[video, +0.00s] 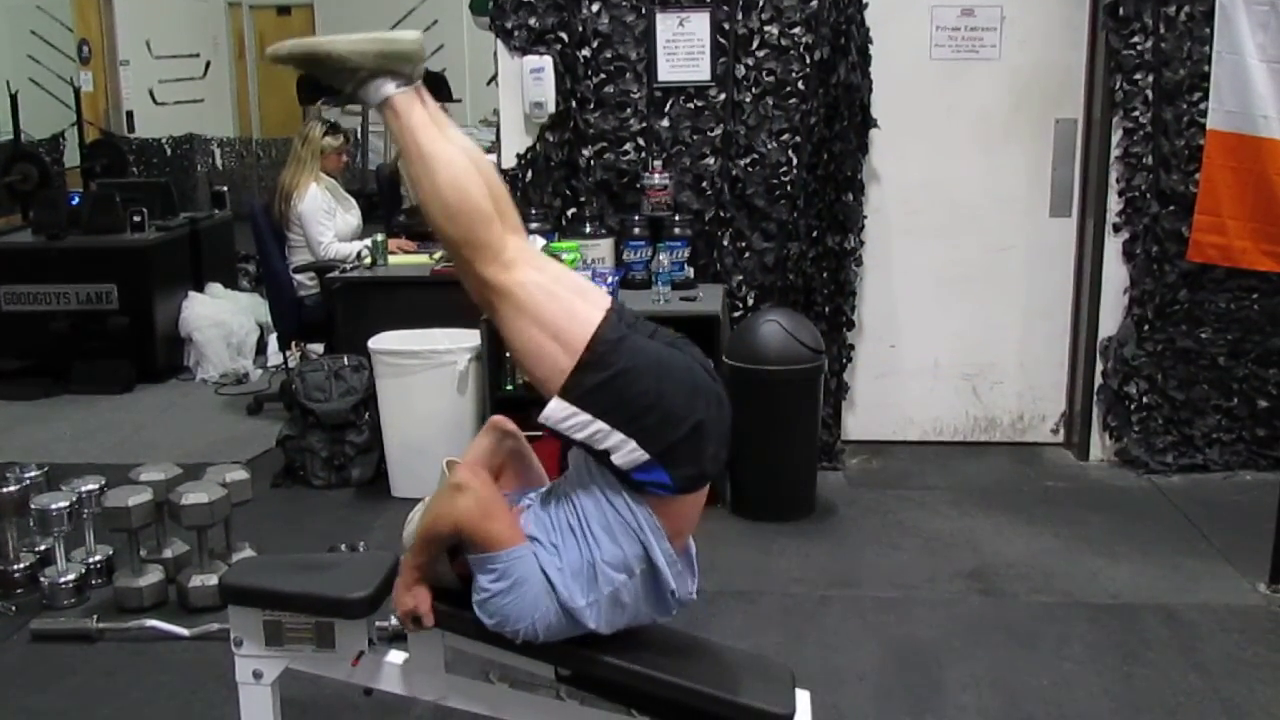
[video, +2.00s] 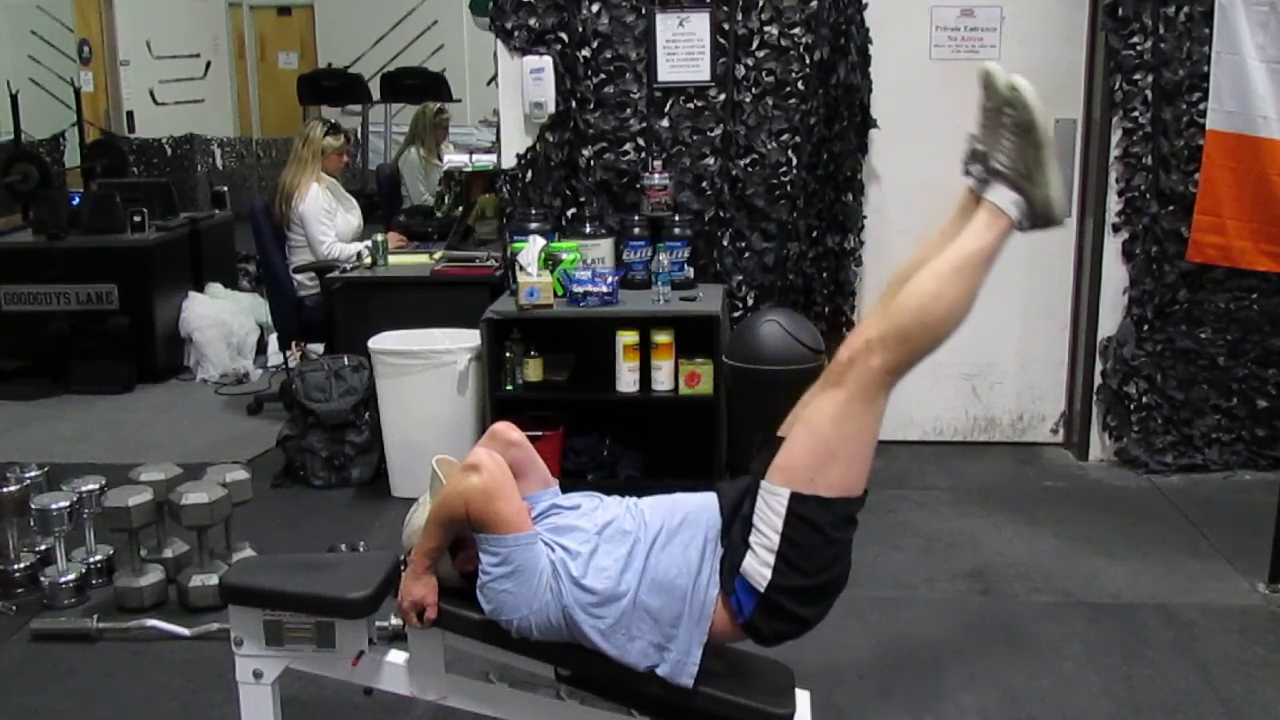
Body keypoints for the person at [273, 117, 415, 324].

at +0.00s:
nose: (345, 160)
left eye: (345, 153)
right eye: (339, 154)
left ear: (324, 156)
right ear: (320, 155)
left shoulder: (323, 186)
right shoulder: (311, 191)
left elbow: (334, 244)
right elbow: (325, 251)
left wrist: (381, 243)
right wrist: (380, 245)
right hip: (318, 292)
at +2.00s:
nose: (346, 160)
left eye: (346, 153)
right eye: (340, 154)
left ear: (323, 155)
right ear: (320, 155)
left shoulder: (323, 186)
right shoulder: (312, 192)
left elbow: (332, 245)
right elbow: (326, 251)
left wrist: (377, 243)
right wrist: (378, 245)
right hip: (318, 292)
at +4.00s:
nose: (346, 159)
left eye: (346, 153)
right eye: (340, 154)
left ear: (321, 155)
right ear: (319, 154)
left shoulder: (323, 186)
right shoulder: (312, 193)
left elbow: (335, 244)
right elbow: (326, 251)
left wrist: (377, 242)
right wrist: (378, 245)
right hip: (318, 293)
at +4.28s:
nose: (346, 153)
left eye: (345, 146)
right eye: (341, 146)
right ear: (328, 148)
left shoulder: (327, 184)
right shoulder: (313, 190)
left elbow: (335, 245)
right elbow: (326, 251)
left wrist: (377, 242)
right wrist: (378, 246)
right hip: (317, 293)